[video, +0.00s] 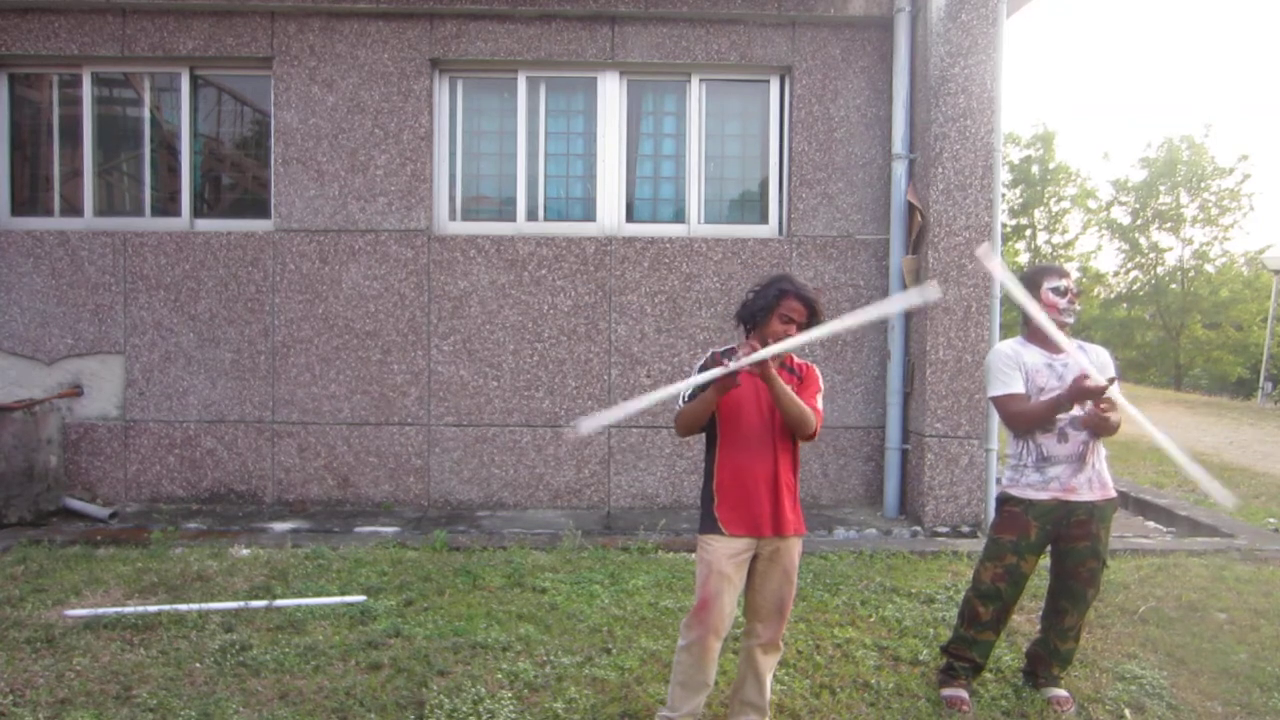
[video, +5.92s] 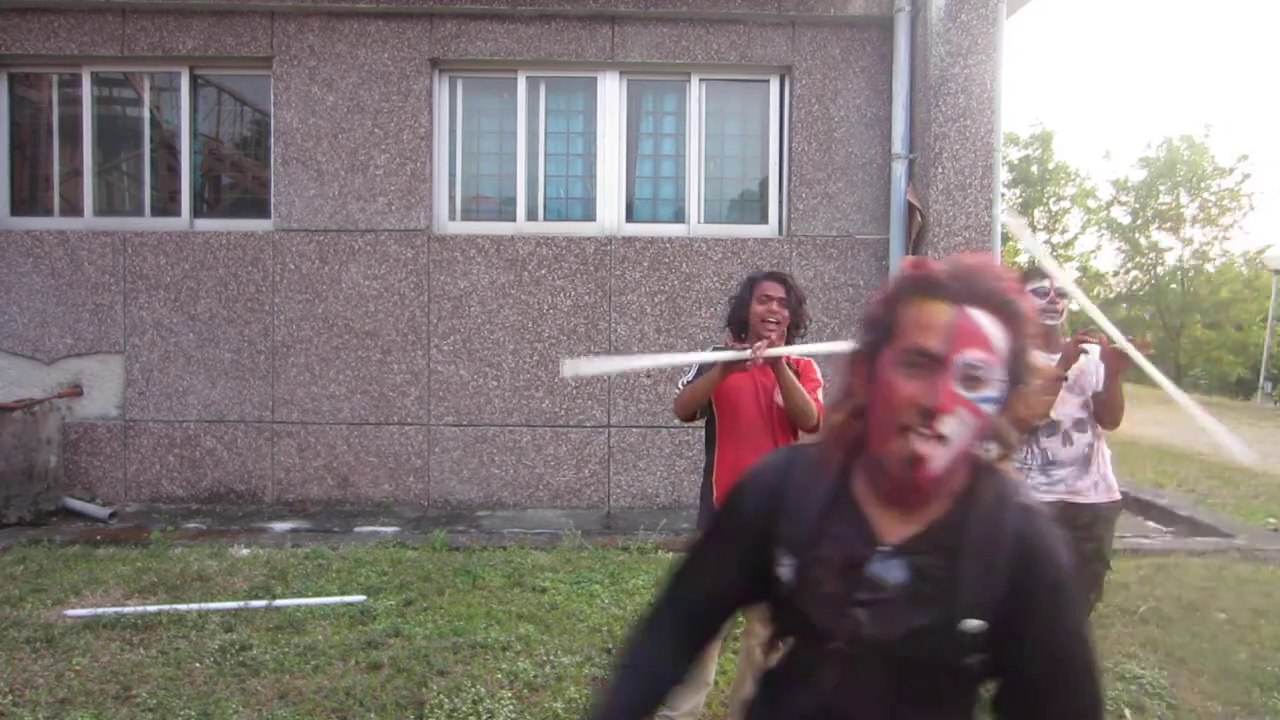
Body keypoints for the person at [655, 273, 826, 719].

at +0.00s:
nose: (792, 331)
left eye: (800, 325)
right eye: (785, 319)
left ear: (805, 330)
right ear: (758, 317)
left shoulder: (805, 372)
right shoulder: (719, 362)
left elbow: (808, 428)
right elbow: (684, 426)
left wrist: (771, 374)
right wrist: (722, 385)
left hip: (783, 521)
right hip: (726, 520)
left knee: (767, 636)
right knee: (707, 626)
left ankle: (749, 715)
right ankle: (678, 714)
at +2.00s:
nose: (794, 312)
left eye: (802, 308)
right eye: (785, 303)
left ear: (808, 320)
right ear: (759, 310)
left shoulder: (807, 369)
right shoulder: (723, 360)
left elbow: (814, 414)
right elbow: (696, 421)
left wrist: (779, 354)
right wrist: (728, 370)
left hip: (784, 520)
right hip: (726, 519)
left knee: (767, 636)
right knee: (708, 622)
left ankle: (749, 714)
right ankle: (678, 713)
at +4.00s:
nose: (791, 315)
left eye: (791, 307)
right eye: (783, 307)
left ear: (780, 313)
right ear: (752, 313)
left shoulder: (793, 359)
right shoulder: (710, 356)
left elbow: (801, 413)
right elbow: (671, 398)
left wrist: (774, 371)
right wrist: (720, 370)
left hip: (780, 517)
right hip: (724, 518)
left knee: (766, 631)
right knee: (707, 623)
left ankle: (750, 713)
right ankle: (678, 713)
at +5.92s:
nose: (773, 310)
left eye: (782, 303)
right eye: (763, 300)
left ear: (793, 316)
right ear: (742, 309)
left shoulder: (801, 366)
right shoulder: (721, 364)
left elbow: (810, 421)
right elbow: (683, 408)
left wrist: (780, 368)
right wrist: (723, 366)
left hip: (781, 510)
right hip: (724, 511)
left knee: (767, 619)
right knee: (702, 614)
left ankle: (750, 707)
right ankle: (680, 706)